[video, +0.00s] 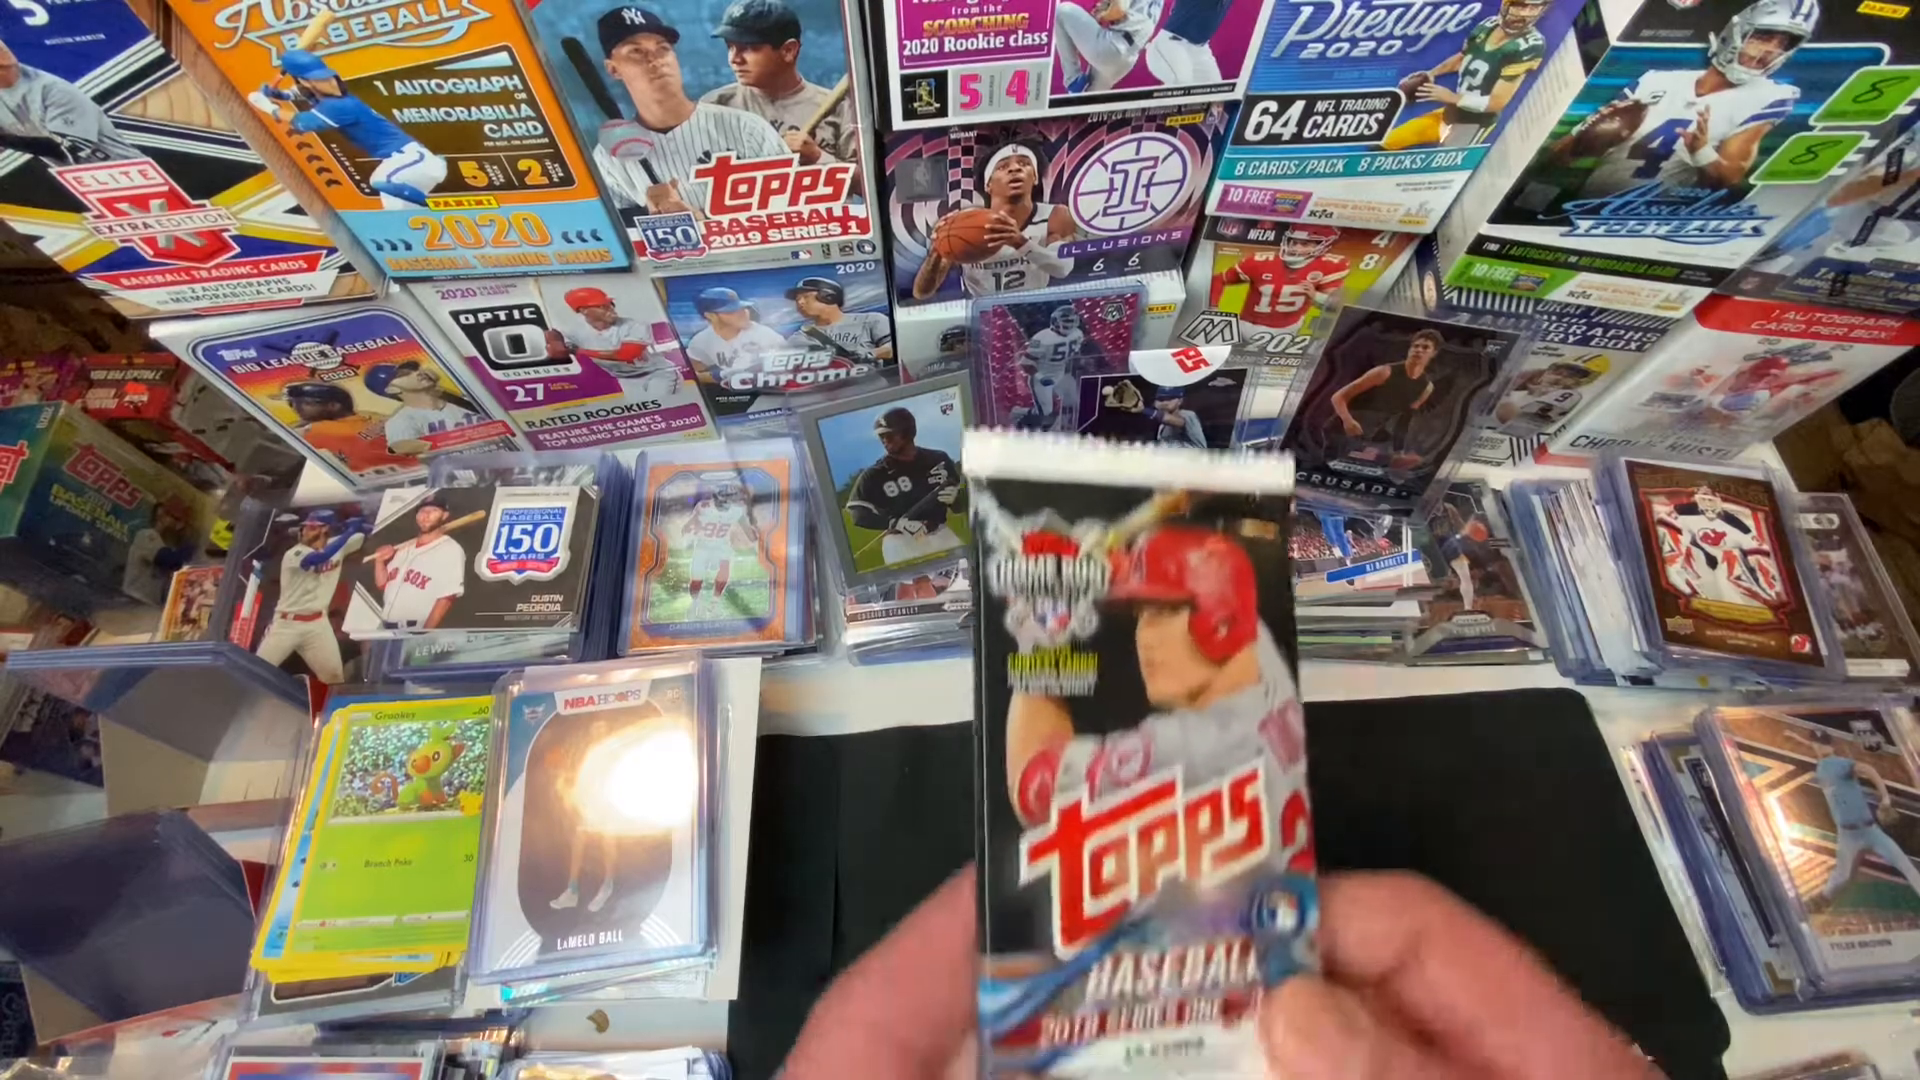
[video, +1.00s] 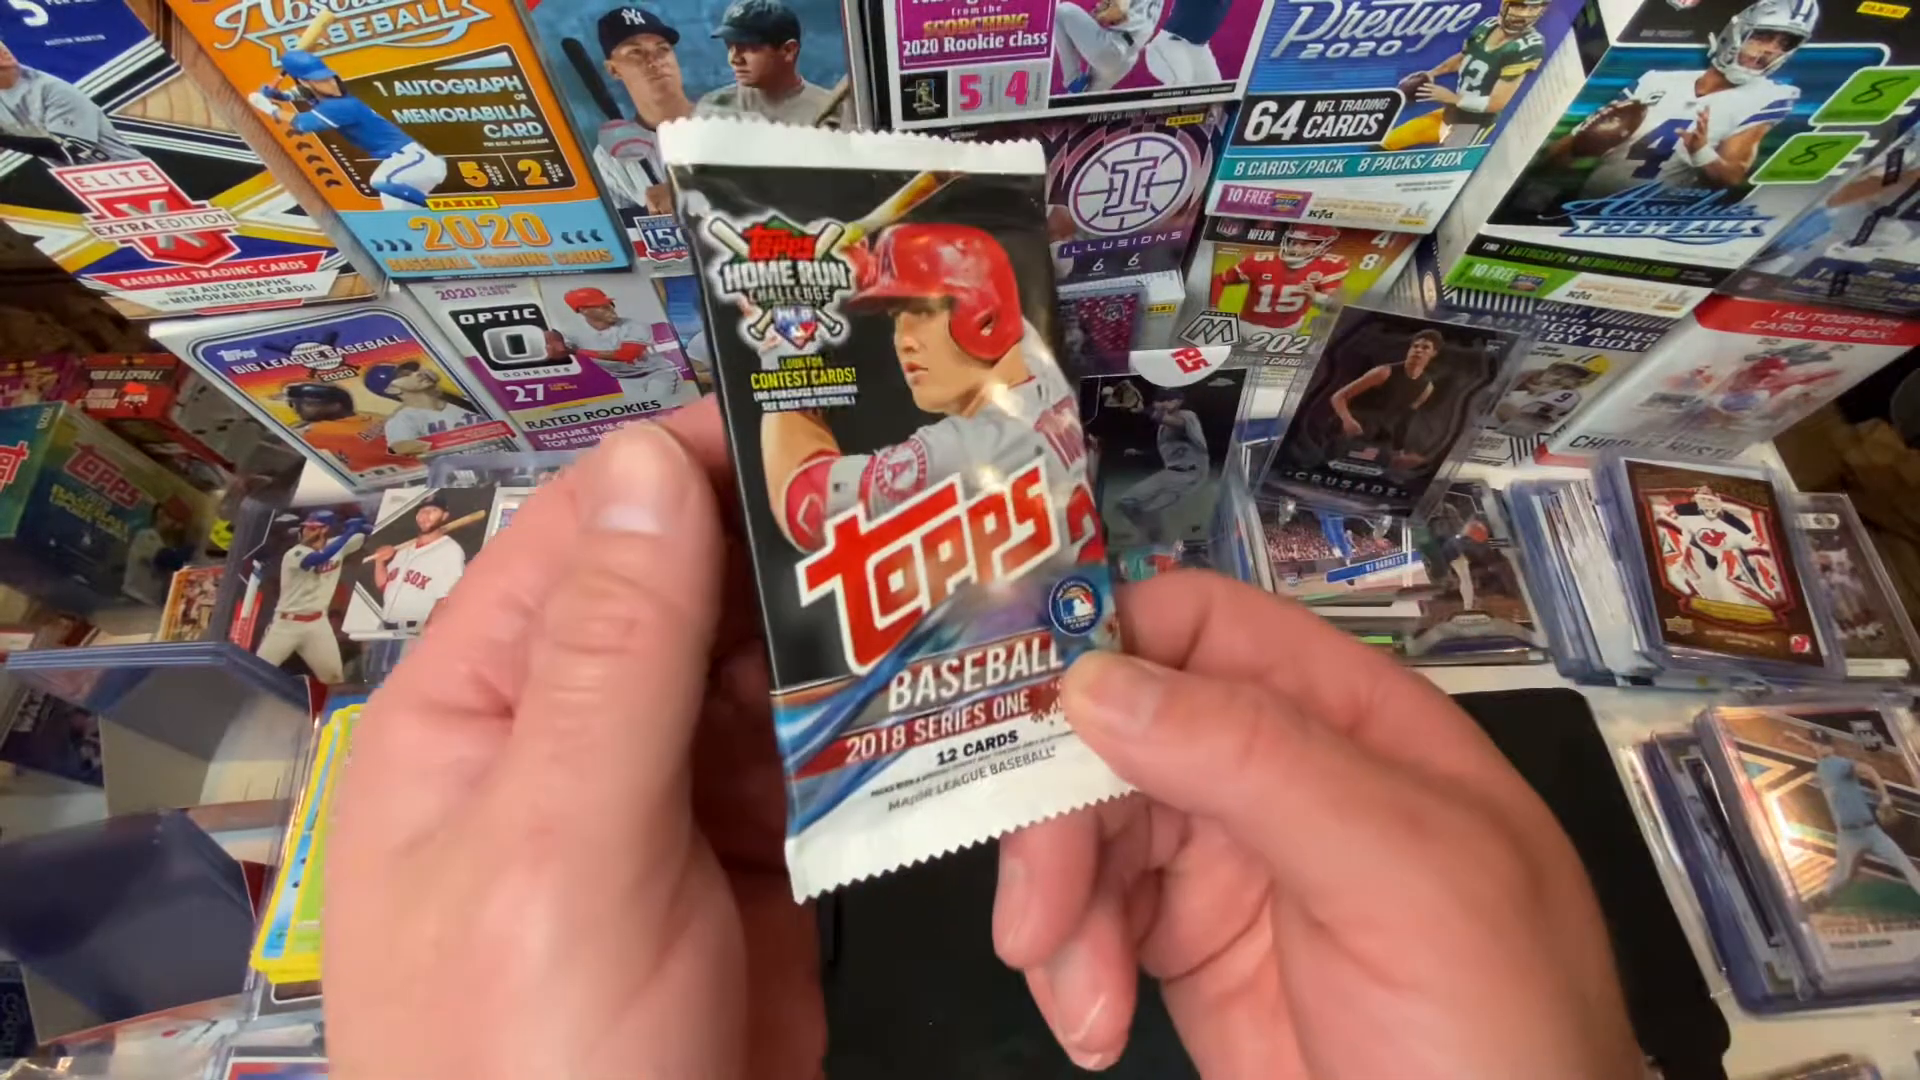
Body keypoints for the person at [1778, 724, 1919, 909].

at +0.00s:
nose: (1821, 748)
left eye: (1823, 744)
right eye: (1818, 745)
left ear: (1829, 744)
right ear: (1816, 748)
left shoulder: (1838, 764)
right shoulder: (1822, 767)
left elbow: (1868, 770)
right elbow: (1812, 745)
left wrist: (1885, 798)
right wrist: (1797, 737)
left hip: (1870, 828)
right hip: (1847, 833)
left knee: (1903, 863)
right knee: (1843, 875)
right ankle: (1824, 897)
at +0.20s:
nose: (1824, 751)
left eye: (1826, 746)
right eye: (1820, 748)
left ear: (1832, 746)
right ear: (1816, 750)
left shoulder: (1841, 764)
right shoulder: (1823, 767)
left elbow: (1868, 770)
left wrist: (1885, 797)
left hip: (1870, 829)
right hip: (1846, 834)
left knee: (1902, 862)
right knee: (1843, 875)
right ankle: (1822, 898)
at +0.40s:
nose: (1823, 751)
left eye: (1826, 746)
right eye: (1819, 748)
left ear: (1831, 746)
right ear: (1815, 750)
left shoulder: (1841, 765)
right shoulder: (1821, 768)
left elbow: (1869, 770)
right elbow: (1799, 781)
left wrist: (1884, 796)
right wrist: (1776, 794)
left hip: (1869, 829)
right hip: (1846, 834)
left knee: (1902, 861)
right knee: (1844, 875)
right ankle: (1818, 898)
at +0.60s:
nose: (1823, 750)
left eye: (1826, 745)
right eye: (1819, 746)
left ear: (1832, 746)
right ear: (1815, 749)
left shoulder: (1840, 766)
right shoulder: (1824, 767)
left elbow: (1855, 792)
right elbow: (1868, 770)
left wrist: (1882, 800)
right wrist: (1884, 795)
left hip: (1869, 829)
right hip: (1846, 833)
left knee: (1902, 862)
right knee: (1842, 875)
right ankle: (1823, 897)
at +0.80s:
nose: (1823, 749)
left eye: (1825, 744)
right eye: (1818, 745)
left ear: (1831, 745)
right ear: (1814, 748)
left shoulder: (1839, 765)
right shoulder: (1824, 768)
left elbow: (1855, 791)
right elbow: (1868, 769)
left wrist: (1883, 798)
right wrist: (1884, 795)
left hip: (1870, 829)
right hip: (1846, 834)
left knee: (1903, 862)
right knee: (1842, 877)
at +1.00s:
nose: (1823, 749)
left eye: (1825, 744)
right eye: (1819, 746)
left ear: (1831, 745)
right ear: (1814, 748)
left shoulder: (1839, 764)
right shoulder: (1823, 767)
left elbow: (1869, 770)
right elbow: (1866, 769)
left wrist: (1884, 797)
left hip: (1871, 829)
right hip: (1847, 835)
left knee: (1904, 863)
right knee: (1842, 876)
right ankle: (1824, 897)